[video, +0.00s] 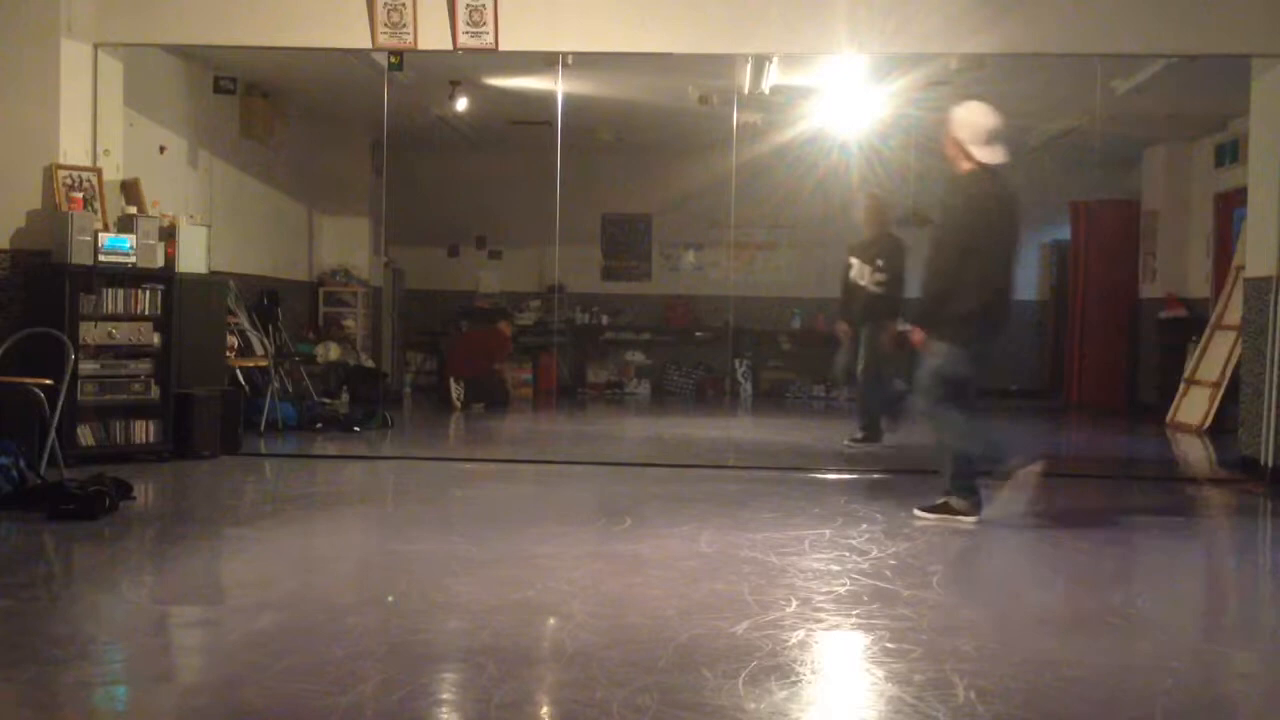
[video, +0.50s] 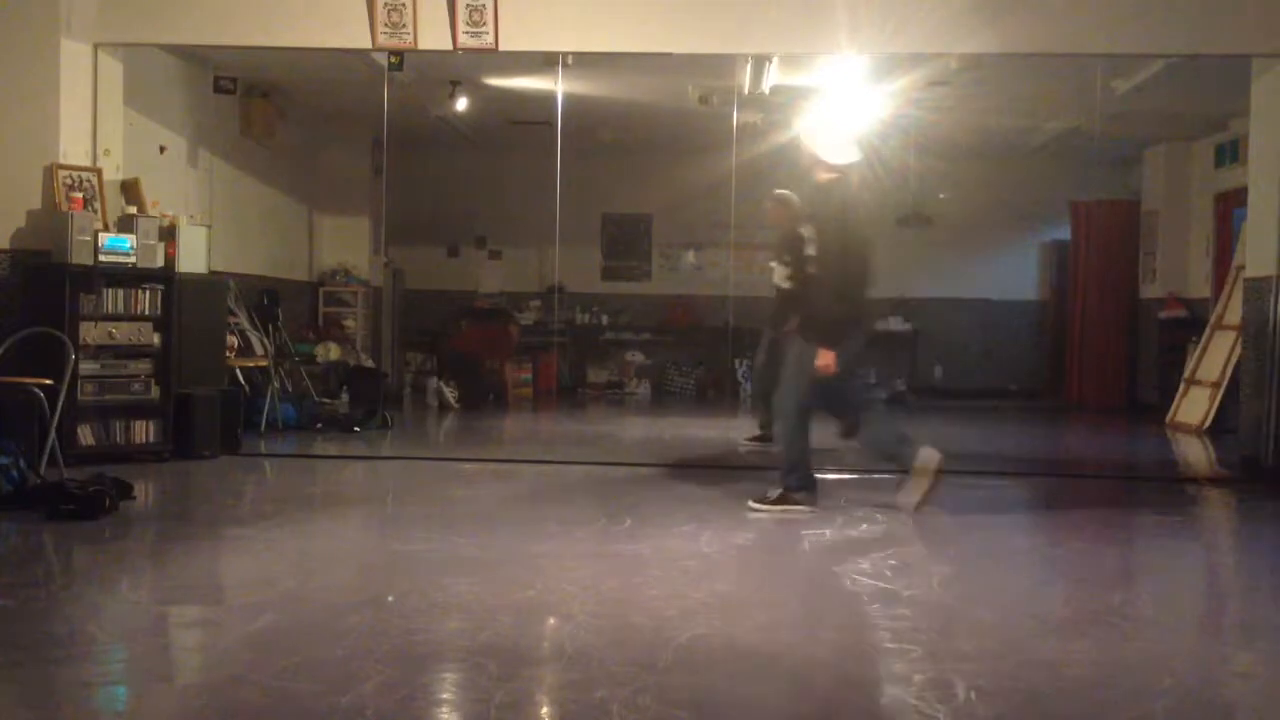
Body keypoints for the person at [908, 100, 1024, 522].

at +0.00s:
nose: (945, 147)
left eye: (948, 140)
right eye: (948, 140)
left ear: (958, 145)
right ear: (986, 144)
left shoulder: (968, 192)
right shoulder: (999, 190)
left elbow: (946, 263)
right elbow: (986, 265)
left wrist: (923, 318)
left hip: (960, 316)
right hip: (984, 314)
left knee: (929, 398)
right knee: (958, 400)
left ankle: (1002, 458)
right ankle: (961, 492)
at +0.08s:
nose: (920, 139)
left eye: (926, 132)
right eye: (924, 131)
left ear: (939, 138)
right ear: (959, 137)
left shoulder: (951, 184)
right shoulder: (972, 179)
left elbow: (933, 255)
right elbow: (955, 255)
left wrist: (902, 309)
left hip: (943, 311)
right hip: (965, 309)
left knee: (898, 389)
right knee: (952, 397)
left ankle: (947, 477)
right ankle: (961, 489)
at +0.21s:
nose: (889, 153)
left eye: (892, 145)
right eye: (892, 145)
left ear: (904, 145)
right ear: (926, 143)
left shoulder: (923, 189)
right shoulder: (934, 186)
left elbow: (910, 261)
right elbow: (924, 262)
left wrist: (882, 316)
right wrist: (885, 316)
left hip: (923, 316)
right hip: (936, 314)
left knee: (879, 392)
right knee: (950, 403)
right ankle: (961, 493)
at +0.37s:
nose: (852, 173)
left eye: (858, 167)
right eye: (854, 166)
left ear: (872, 171)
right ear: (884, 170)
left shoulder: (873, 208)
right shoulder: (890, 205)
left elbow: (866, 278)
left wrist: (845, 339)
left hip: (870, 329)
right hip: (892, 326)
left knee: (824, 402)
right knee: (911, 407)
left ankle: (802, 486)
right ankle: (951, 484)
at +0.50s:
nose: (805, 165)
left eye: (809, 157)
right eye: (808, 156)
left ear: (819, 160)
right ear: (841, 161)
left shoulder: (833, 204)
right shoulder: (840, 200)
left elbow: (838, 277)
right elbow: (836, 274)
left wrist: (829, 341)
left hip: (821, 326)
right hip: (836, 322)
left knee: (789, 404)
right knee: (841, 398)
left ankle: (797, 487)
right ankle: (914, 456)